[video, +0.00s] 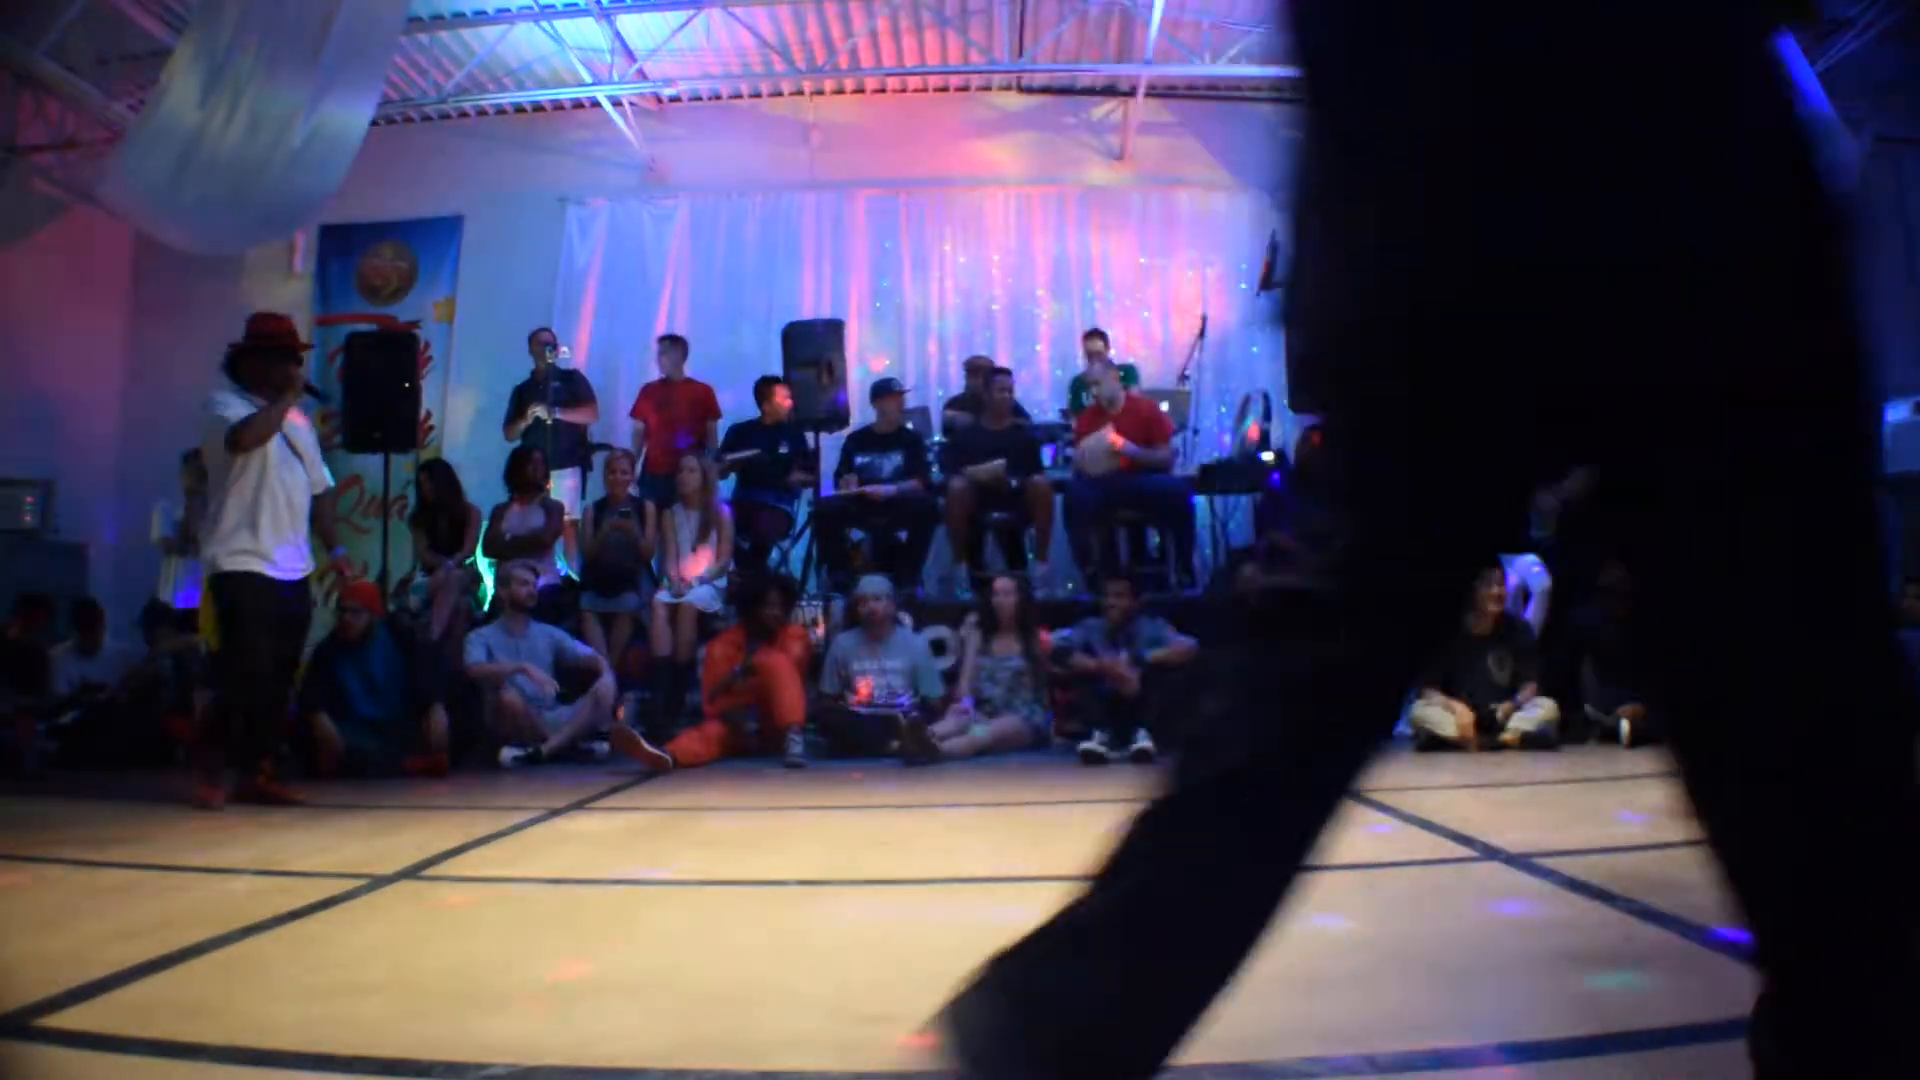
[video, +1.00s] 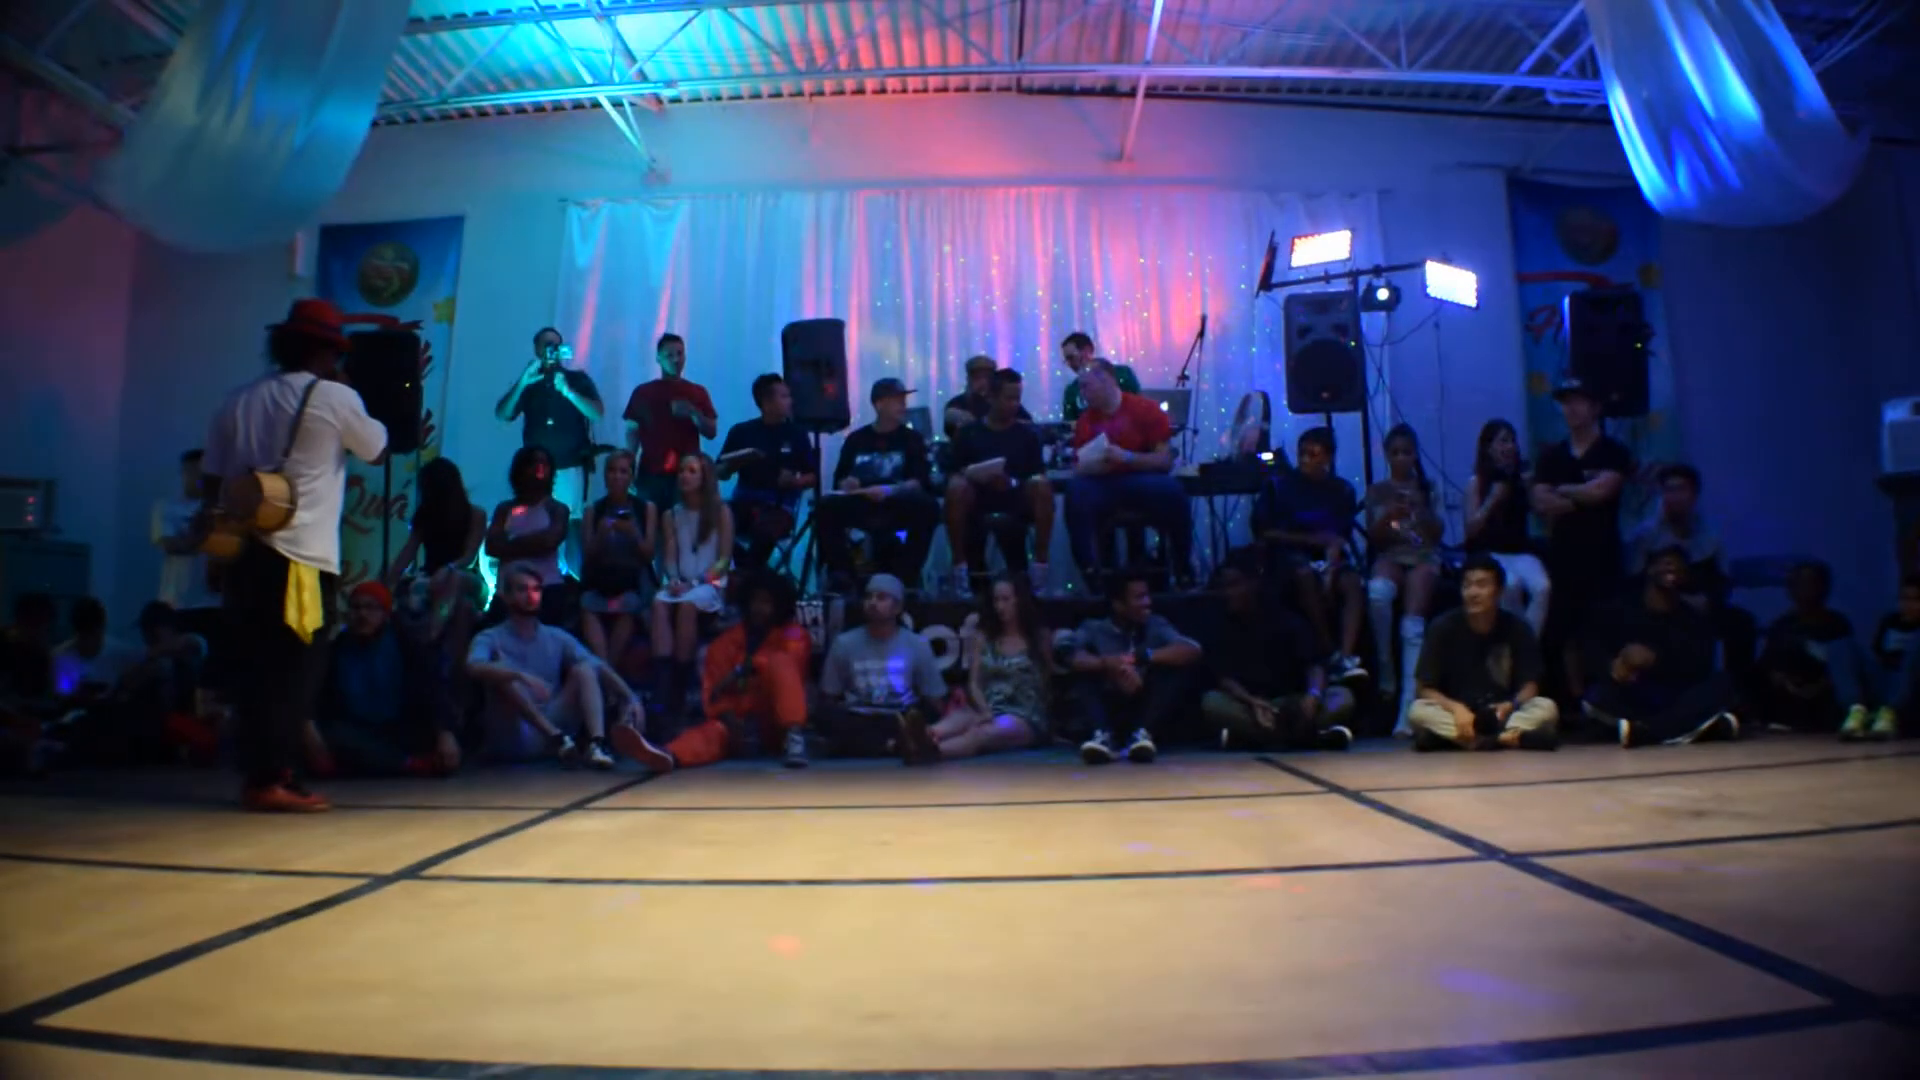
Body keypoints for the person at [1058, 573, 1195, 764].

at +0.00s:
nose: (1112, 603)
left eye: (1119, 597)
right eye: (1108, 596)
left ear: (1133, 602)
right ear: (1103, 601)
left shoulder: (1150, 628)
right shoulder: (1093, 629)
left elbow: (1188, 647)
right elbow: (1058, 648)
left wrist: (1143, 659)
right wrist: (1106, 668)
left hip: (1144, 698)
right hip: (1105, 698)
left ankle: (1144, 733)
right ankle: (1100, 734)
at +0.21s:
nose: (1122, 602)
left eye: (1127, 596)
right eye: (1117, 595)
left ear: (1138, 600)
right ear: (1110, 599)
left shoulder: (1153, 627)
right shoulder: (1098, 627)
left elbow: (1192, 649)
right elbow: (1064, 646)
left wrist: (1146, 660)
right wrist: (1110, 668)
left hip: (1146, 693)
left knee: (1167, 675)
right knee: (1093, 676)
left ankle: (1145, 733)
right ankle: (1101, 734)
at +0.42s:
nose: (1145, 602)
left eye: (1147, 596)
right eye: (1137, 597)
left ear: (1151, 599)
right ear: (1120, 603)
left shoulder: (1156, 627)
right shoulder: (1098, 628)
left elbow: (1194, 651)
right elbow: (1078, 658)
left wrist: (1150, 657)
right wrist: (1120, 665)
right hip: (1108, 698)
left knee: (1167, 671)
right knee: (1091, 673)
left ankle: (1144, 732)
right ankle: (1100, 733)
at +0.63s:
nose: (1144, 602)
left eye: (1146, 595)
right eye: (1136, 596)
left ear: (1150, 598)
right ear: (1118, 602)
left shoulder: (1155, 627)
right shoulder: (1096, 628)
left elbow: (1193, 651)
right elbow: (1077, 658)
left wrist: (1147, 657)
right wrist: (1117, 665)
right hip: (1107, 696)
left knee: (1168, 673)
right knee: (1089, 677)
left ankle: (1143, 731)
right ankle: (1099, 733)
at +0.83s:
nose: (1141, 603)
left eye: (1143, 596)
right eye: (1133, 597)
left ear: (1148, 598)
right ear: (1115, 603)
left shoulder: (1154, 627)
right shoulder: (1095, 629)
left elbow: (1193, 651)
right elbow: (1074, 656)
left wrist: (1146, 659)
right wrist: (1117, 666)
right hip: (1107, 699)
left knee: (1168, 672)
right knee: (1088, 677)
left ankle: (1143, 732)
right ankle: (1100, 733)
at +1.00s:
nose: (1146, 603)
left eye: (1147, 596)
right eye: (1139, 598)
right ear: (1119, 604)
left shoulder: (1154, 626)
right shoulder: (1095, 630)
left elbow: (1191, 650)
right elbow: (1067, 655)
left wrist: (1141, 658)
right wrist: (1111, 665)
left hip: (1146, 700)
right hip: (1107, 702)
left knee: (1171, 671)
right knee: (1085, 677)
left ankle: (1143, 734)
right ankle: (1101, 734)